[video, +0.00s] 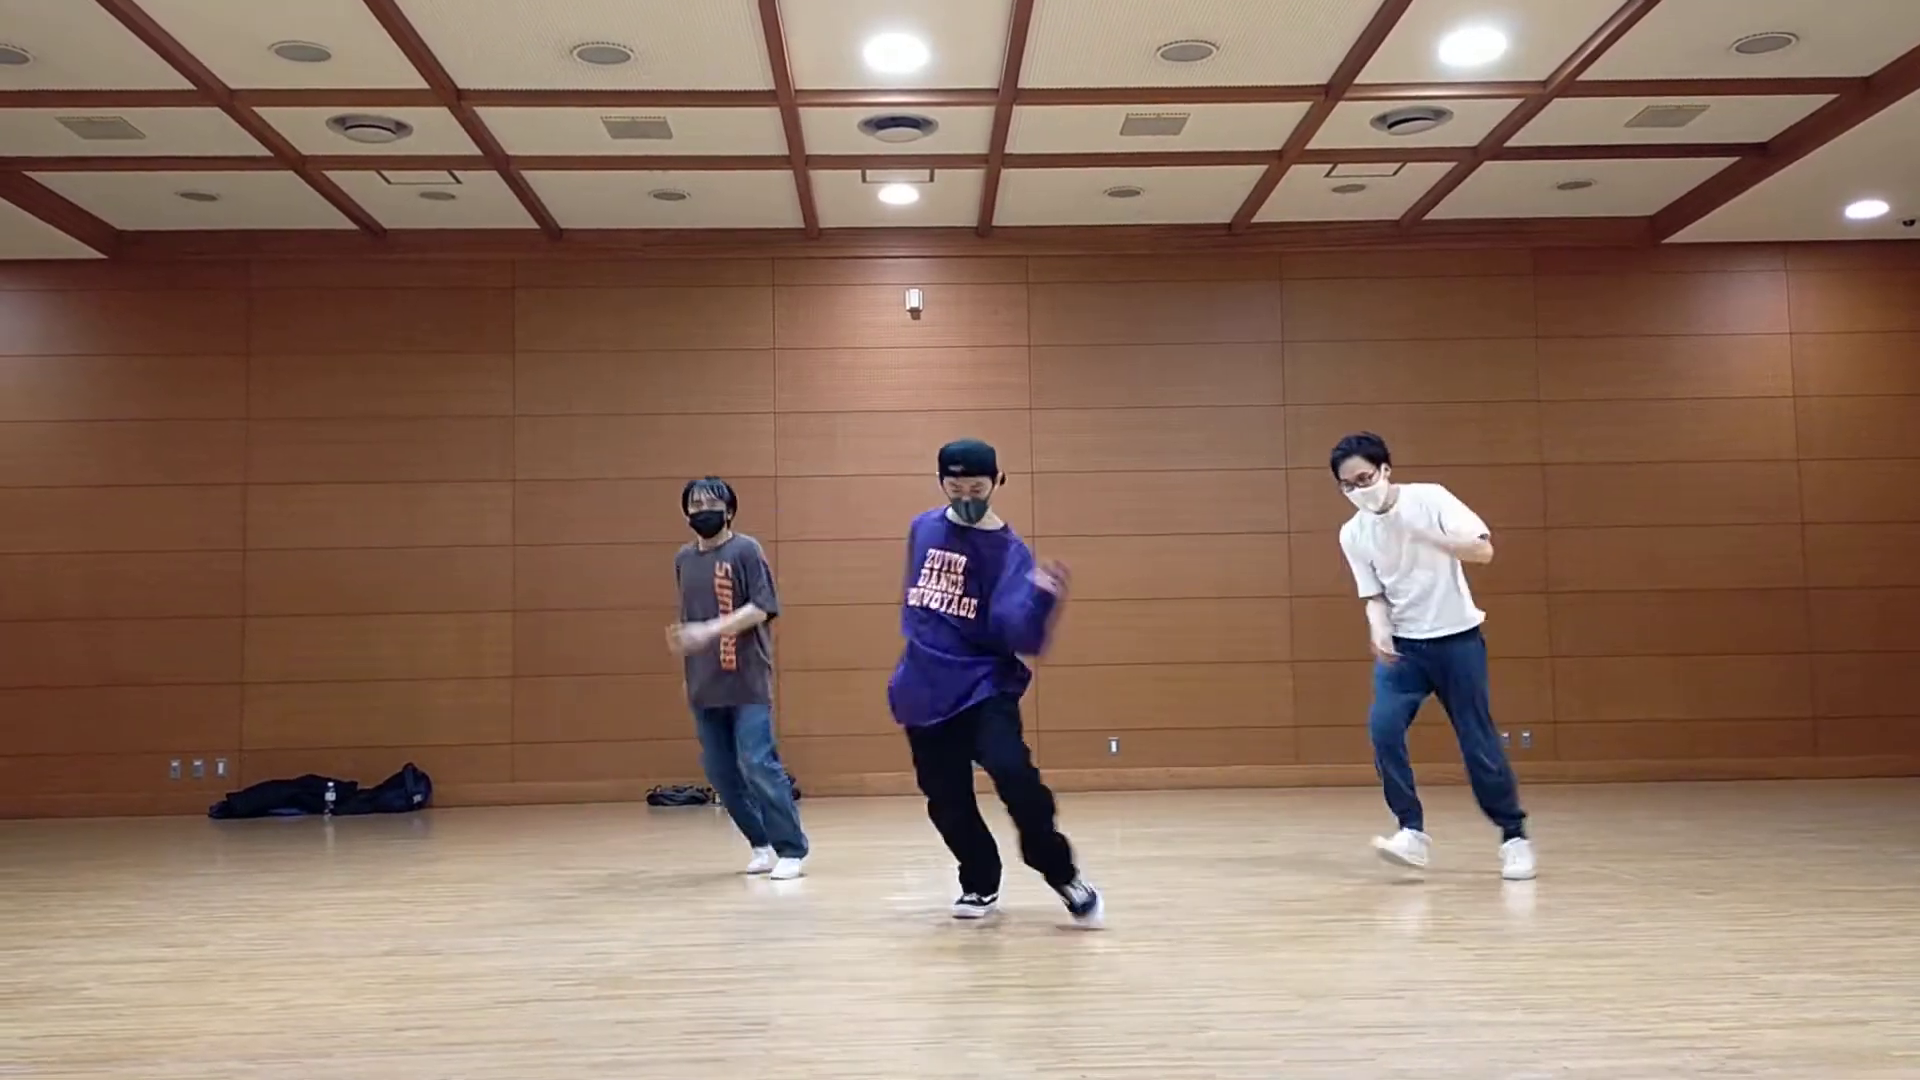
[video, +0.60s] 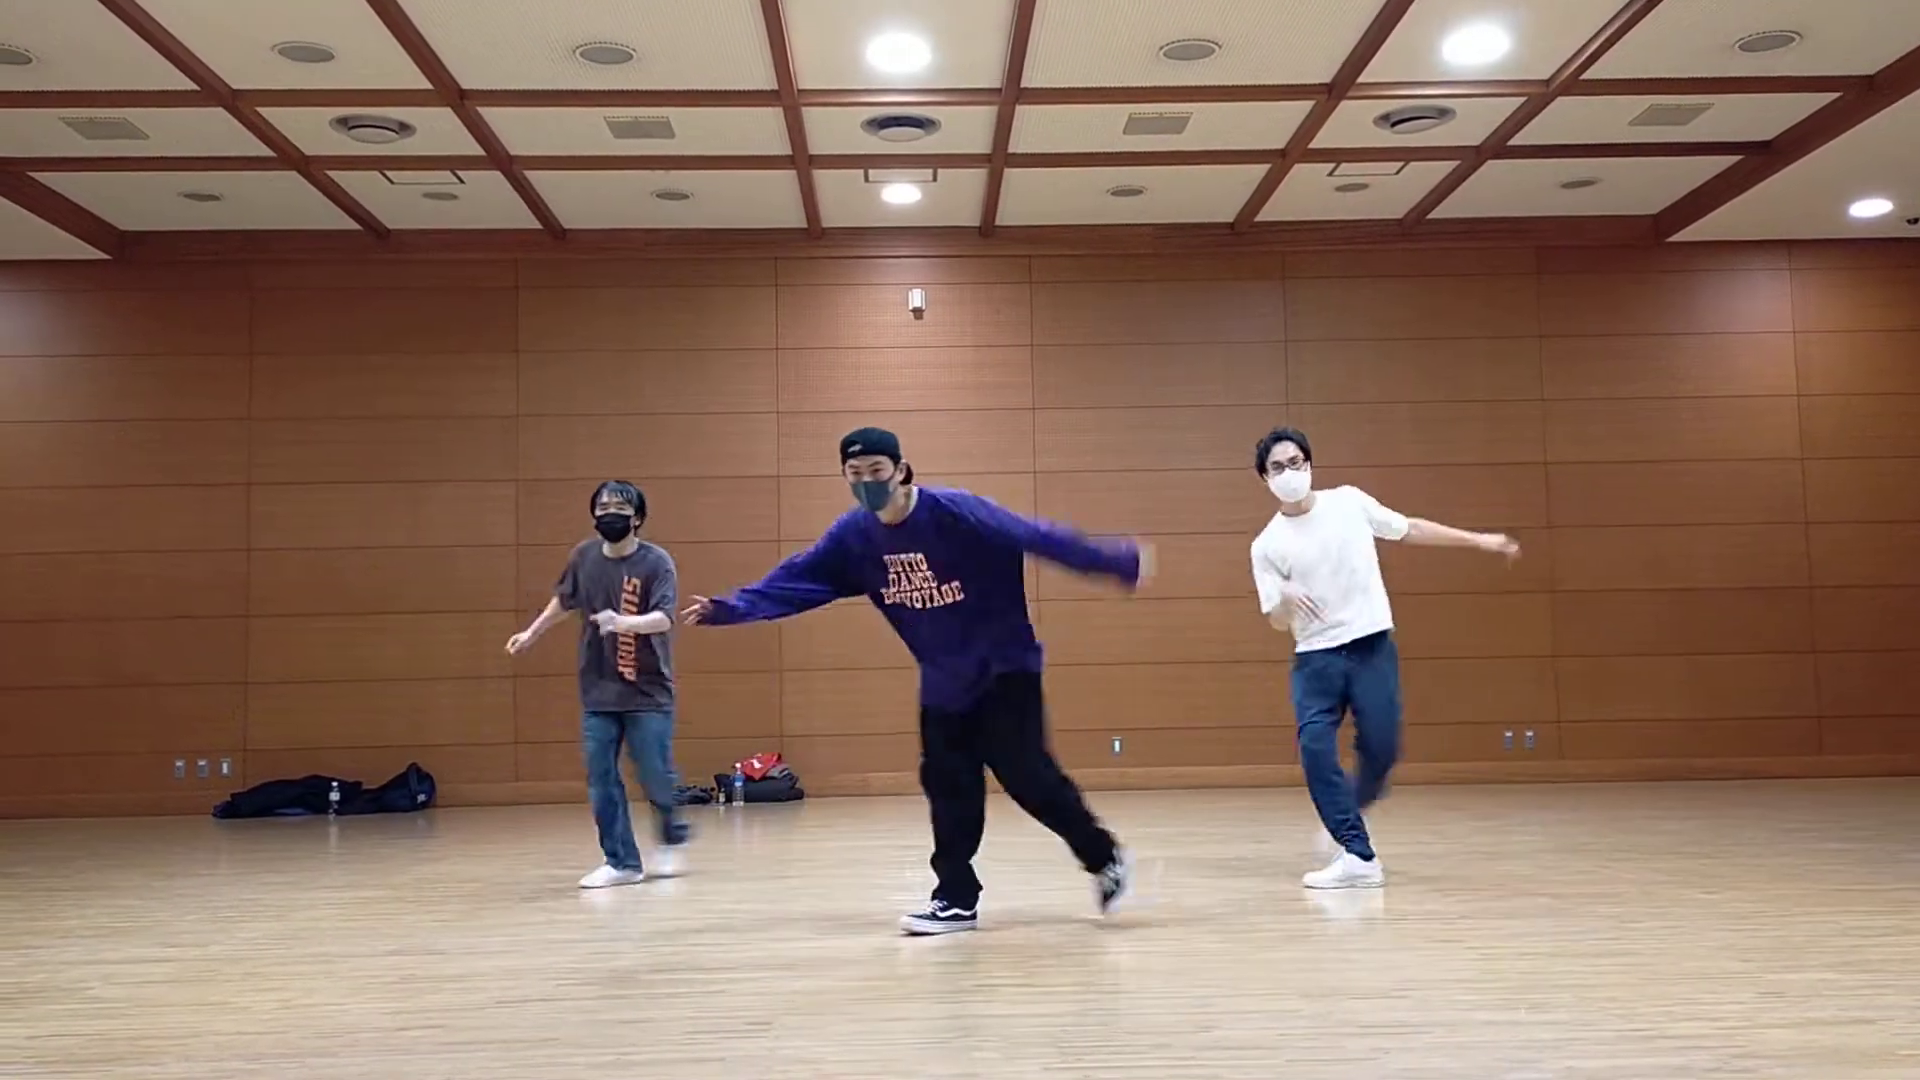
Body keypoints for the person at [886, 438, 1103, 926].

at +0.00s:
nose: (967, 495)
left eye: (978, 485)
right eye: (957, 485)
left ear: (994, 485)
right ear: (942, 485)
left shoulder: (1009, 552)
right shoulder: (923, 529)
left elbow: (1019, 637)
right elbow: (916, 604)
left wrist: (1041, 596)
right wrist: (912, 669)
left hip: (983, 687)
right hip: (925, 688)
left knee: (1014, 773)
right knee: (946, 800)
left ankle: (1060, 873)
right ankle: (980, 881)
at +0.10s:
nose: (955, 472)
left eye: (965, 461)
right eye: (945, 464)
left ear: (987, 463)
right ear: (936, 470)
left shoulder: (1014, 525)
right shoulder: (942, 524)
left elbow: (986, 592)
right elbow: (944, 604)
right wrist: (935, 669)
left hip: (1002, 677)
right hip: (946, 677)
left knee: (1028, 788)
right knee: (945, 793)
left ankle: (1083, 886)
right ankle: (985, 873)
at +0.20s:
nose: (938, 465)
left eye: (946, 453)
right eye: (927, 458)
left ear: (971, 451)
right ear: (919, 464)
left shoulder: (1003, 501)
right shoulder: (941, 511)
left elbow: (968, 560)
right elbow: (948, 596)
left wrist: (878, 543)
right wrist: (910, 653)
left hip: (1023, 655)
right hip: (970, 660)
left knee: (1031, 772)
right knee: (935, 768)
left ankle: (1117, 879)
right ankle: (985, 865)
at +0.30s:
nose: (919, 468)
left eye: (929, 456)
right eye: (909, 460)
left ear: (954, 454)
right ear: (901, 467)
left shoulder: (986, 502)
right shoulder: (932, 516)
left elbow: (948, 570)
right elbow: (924, 577)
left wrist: (863, 615)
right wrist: (881, 621)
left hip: (1038, 656)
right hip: (989, 664)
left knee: (1063, 772)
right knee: (954, 763)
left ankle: (1145, 883)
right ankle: (953, 896)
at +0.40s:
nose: (901, 475)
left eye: (911, 463)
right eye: (891, 467)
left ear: (937, 464)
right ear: (885, 473)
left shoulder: (969, 514)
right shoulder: (909, 524)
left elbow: (971, 602)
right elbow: (868, 572)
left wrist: (946, 682)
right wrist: (800, 599)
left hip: (1043, 658)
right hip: (995, 671)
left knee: (1085, 772)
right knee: (983, 785)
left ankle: (1146, 884)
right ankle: (950, 900)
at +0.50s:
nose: (882, 482)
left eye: (891, 471)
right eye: (872, 475)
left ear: (917, 470)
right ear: (865, 480)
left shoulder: (954, 520)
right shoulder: (878, 530)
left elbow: (1005, 597)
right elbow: (826, 569)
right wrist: (761, 598)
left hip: (1026, 669)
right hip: (973, 677)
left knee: (1076, 779)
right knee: (971, 787)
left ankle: (1140, 879)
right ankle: (953, 900)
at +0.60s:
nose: (864, 483)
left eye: (873, 472)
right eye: (854, 476)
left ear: (901, 469)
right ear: (847, 480)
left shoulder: (954, 512)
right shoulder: (853, 538)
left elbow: (1038, 536)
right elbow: (792, 582)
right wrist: (725, 608)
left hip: (1005, 663)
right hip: (942, 675)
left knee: (1024, 773)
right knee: (947, 784)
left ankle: (1105, 858)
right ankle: (955, 899)